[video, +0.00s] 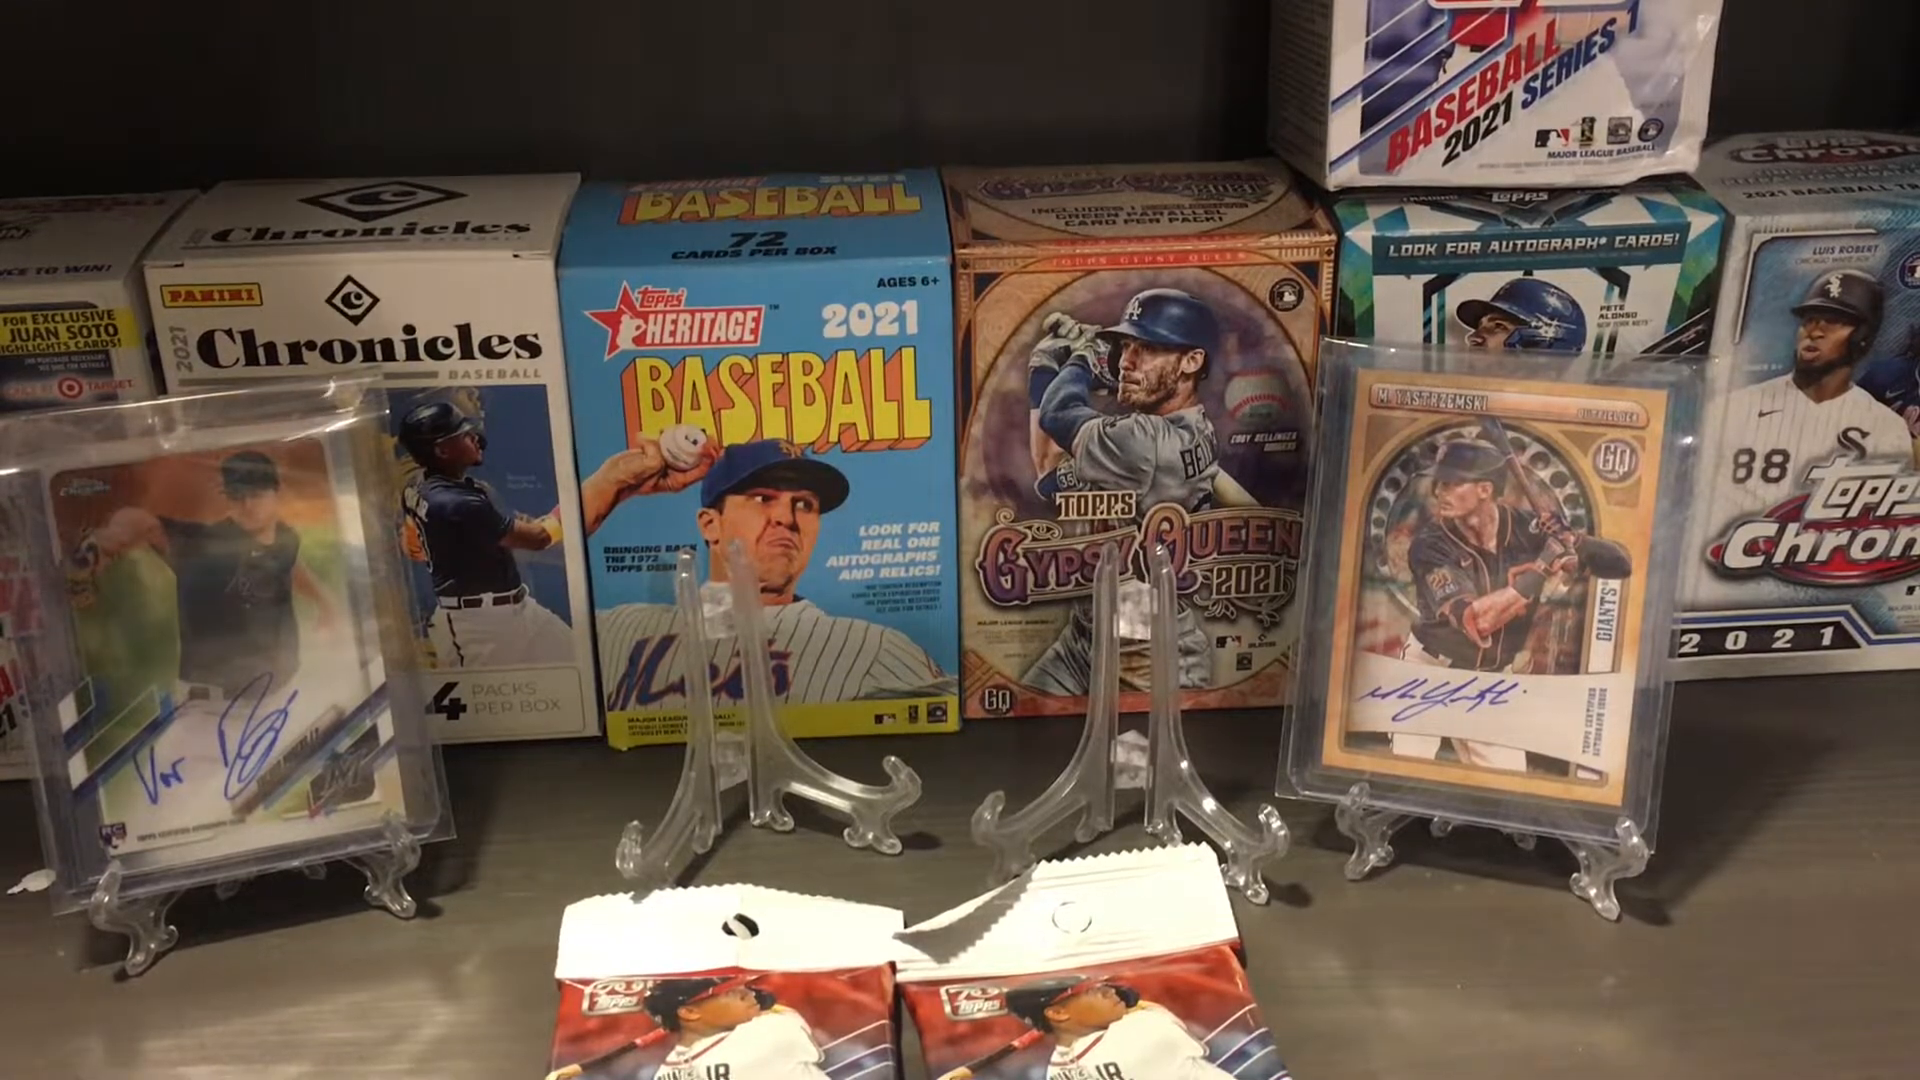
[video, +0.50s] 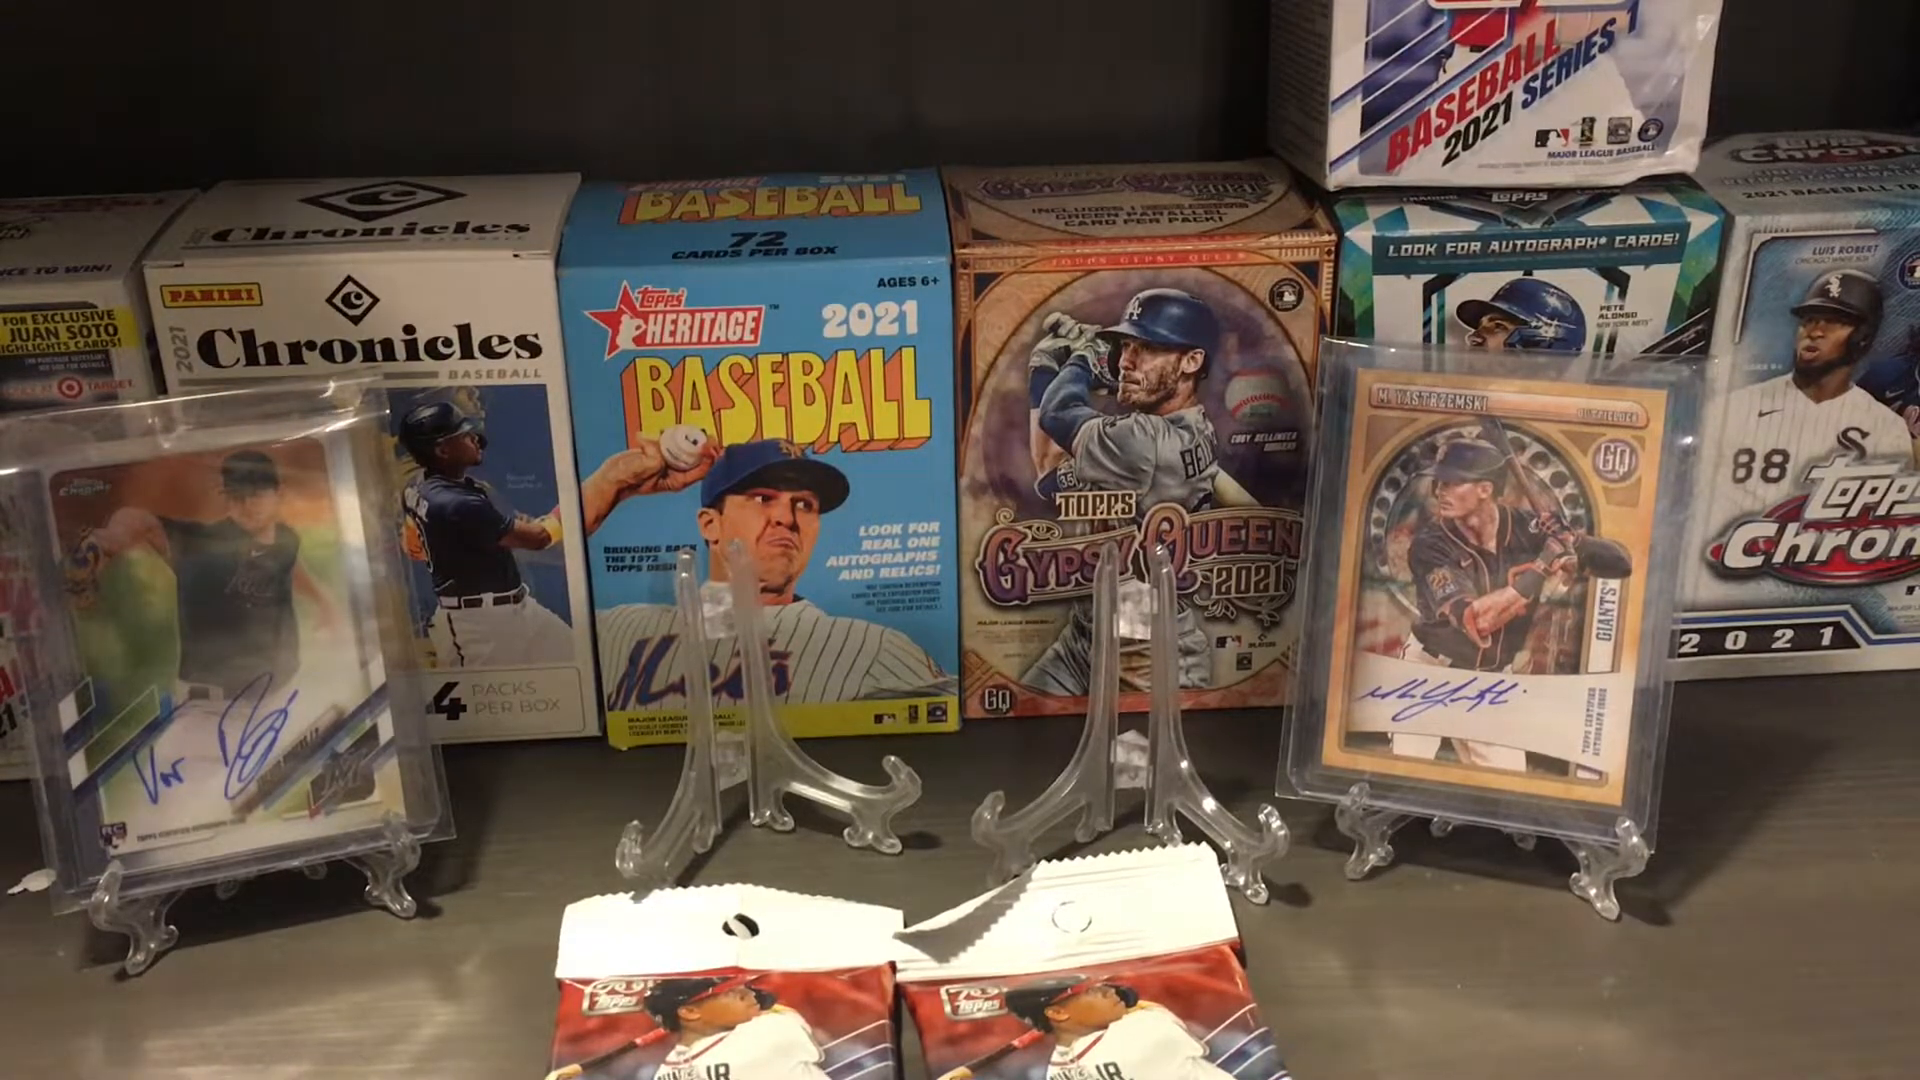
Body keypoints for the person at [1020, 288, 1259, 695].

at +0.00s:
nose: (1127, 361)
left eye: (1147, 350)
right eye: (1127, 347)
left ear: (1190, 363)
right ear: (1121, 347)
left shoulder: (1139, 440)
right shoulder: (1190, 431)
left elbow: (1060, 409)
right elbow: (1048, 476)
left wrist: (1085, 361)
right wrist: (1041, 372)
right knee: (1010, 738)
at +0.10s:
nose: (1127, 361)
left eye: (1146, 350)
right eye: (1126, 347)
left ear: (1190, 363)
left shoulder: (1140, 440)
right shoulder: (1189, 430)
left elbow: (1059, 409)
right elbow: (1048, 474)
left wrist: (1084, 360)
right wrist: (1041, 372)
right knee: (1008, 736)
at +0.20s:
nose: (1126, 361)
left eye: (1147, 350)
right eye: (1126, 347)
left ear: (1190, 363)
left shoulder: (1139, 440)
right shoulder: (1190, 431)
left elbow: (1059, 409)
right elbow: (1048, 475)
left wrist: (1086, 360)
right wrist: (1041, 372)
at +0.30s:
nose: (1126, 361)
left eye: (1147, 350)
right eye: (1126, 347)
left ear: (1190, 363)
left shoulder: (1139, 440)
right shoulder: (1190, 430)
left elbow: (1059, 408)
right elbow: (1048, 474)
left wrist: (1086, 360)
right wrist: (1041, 373)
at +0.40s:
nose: (1127, 361)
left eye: (1147, 350)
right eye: (1126, 347)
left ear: (1190, 363)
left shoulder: (1139, 440)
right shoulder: (1190, 430)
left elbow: (1059, 408)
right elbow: (1048, 474)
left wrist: (1086, 360)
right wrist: (1041, 372)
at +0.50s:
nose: (1127, 361)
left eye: (1147, 350)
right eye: (1126, 347)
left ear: (1190, 363)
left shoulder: (1139, 440)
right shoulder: (1190, 430)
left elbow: (1059, 408)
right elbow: (1048, 474)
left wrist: (1086, 360)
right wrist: (1041, 372)